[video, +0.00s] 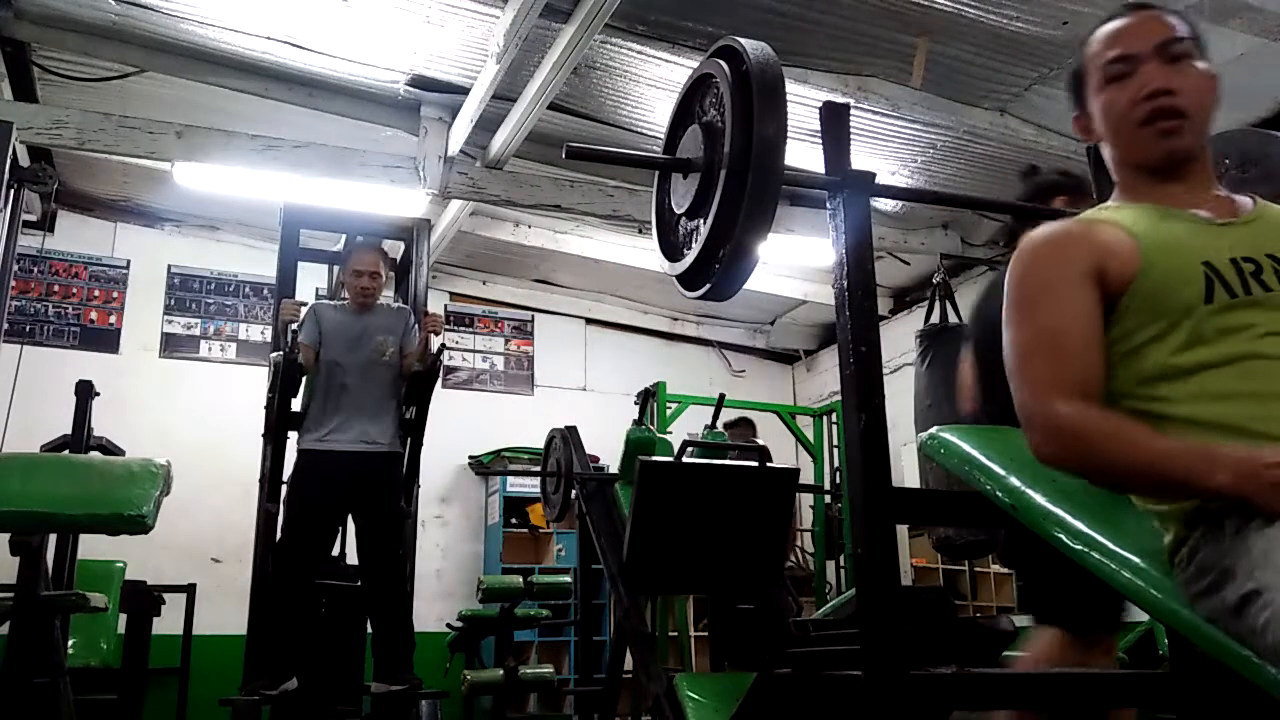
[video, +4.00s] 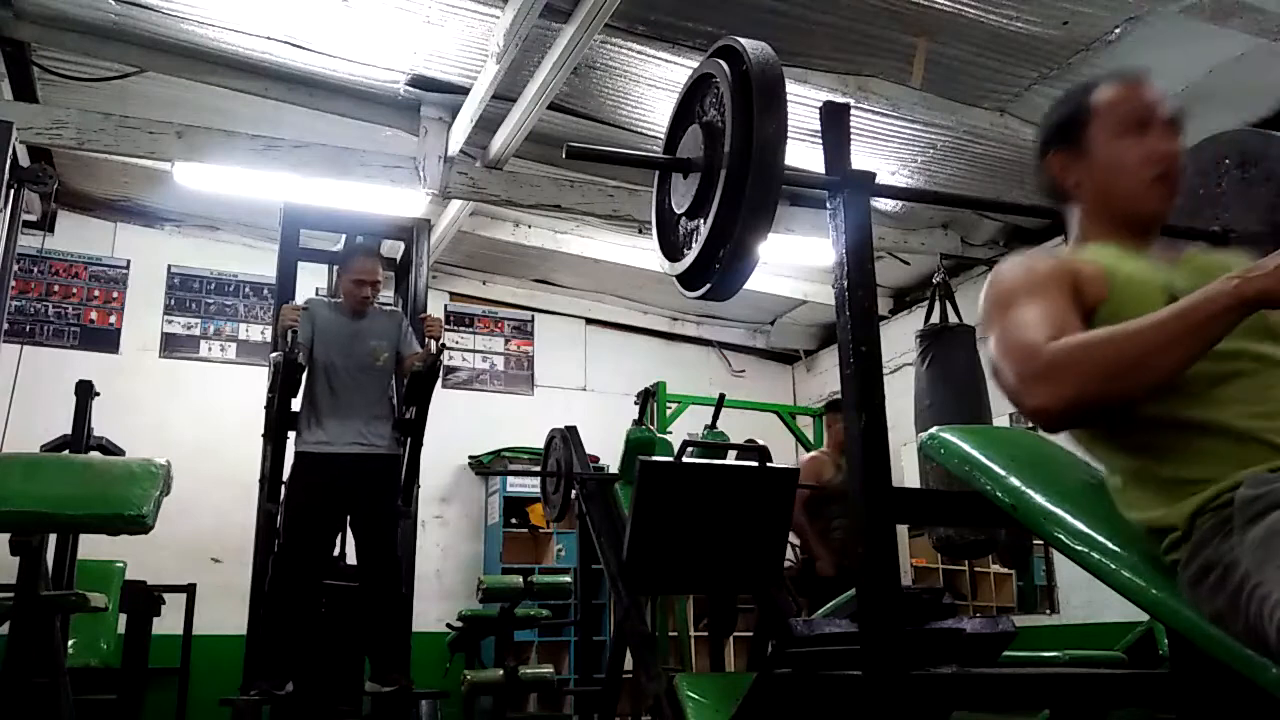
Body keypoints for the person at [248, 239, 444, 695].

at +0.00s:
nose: (366, 283)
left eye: (374, 276)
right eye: (358, 274)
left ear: (385, 279)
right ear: (343, 275)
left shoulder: (401, 317)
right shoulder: (320, 312)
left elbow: (414, 375)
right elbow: (303, 365)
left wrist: (429, 344)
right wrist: (289, 332)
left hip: (379, 458)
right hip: (320, 454)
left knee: (386, 573)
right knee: (296, 566)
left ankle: (394, 675)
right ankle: (282, 671)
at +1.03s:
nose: (357, 283)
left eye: (364, 276)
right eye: (348, 275)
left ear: (376, 278)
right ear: (334, 276)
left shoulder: (392, 316)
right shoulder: (314, 312)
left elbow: (412, 367)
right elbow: (286, 350)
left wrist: (431, 348)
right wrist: (281, 326)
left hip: (377, 455)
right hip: (318, 454)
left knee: (383, 570)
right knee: (298, 564)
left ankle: (385, 671)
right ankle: (284, 670)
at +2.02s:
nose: (358, 289)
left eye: (367, 281)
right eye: (351, 280)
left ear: (379, 282)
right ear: (338, 278)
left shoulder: (395, 318)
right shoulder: (315, 314)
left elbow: (415, 375)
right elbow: (286, 356)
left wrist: (430, 348)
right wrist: (280, 327)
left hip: (378, 459)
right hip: (319, 456)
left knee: (384, 572)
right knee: (299, 566)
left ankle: (386, 672)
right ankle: (282, 672)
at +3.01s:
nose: (349, 298)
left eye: (358, 290)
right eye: (342, 288)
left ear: (377, 283)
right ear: (332, 280)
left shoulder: (396, 319)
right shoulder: (315, 319)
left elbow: (416, 381)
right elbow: (296, 374)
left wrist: (430, 351)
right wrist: (284, 342)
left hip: (377, 458)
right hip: (318, 457)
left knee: (384, 571)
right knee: (299, 566)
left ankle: (387, 673)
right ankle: (281, 673)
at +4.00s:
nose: (368, 292)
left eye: (375, 284)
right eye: (360, 282)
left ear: (382, 284)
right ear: (340, 280)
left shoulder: (394, 322)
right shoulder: (313, 313)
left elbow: (415, 377)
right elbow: (292, 366)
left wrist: (431, 348)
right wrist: (283, 333)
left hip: (377, 458)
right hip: (318, 456)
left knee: (382, 571)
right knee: (298, 567)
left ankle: (386, 672)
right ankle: (277, 673)